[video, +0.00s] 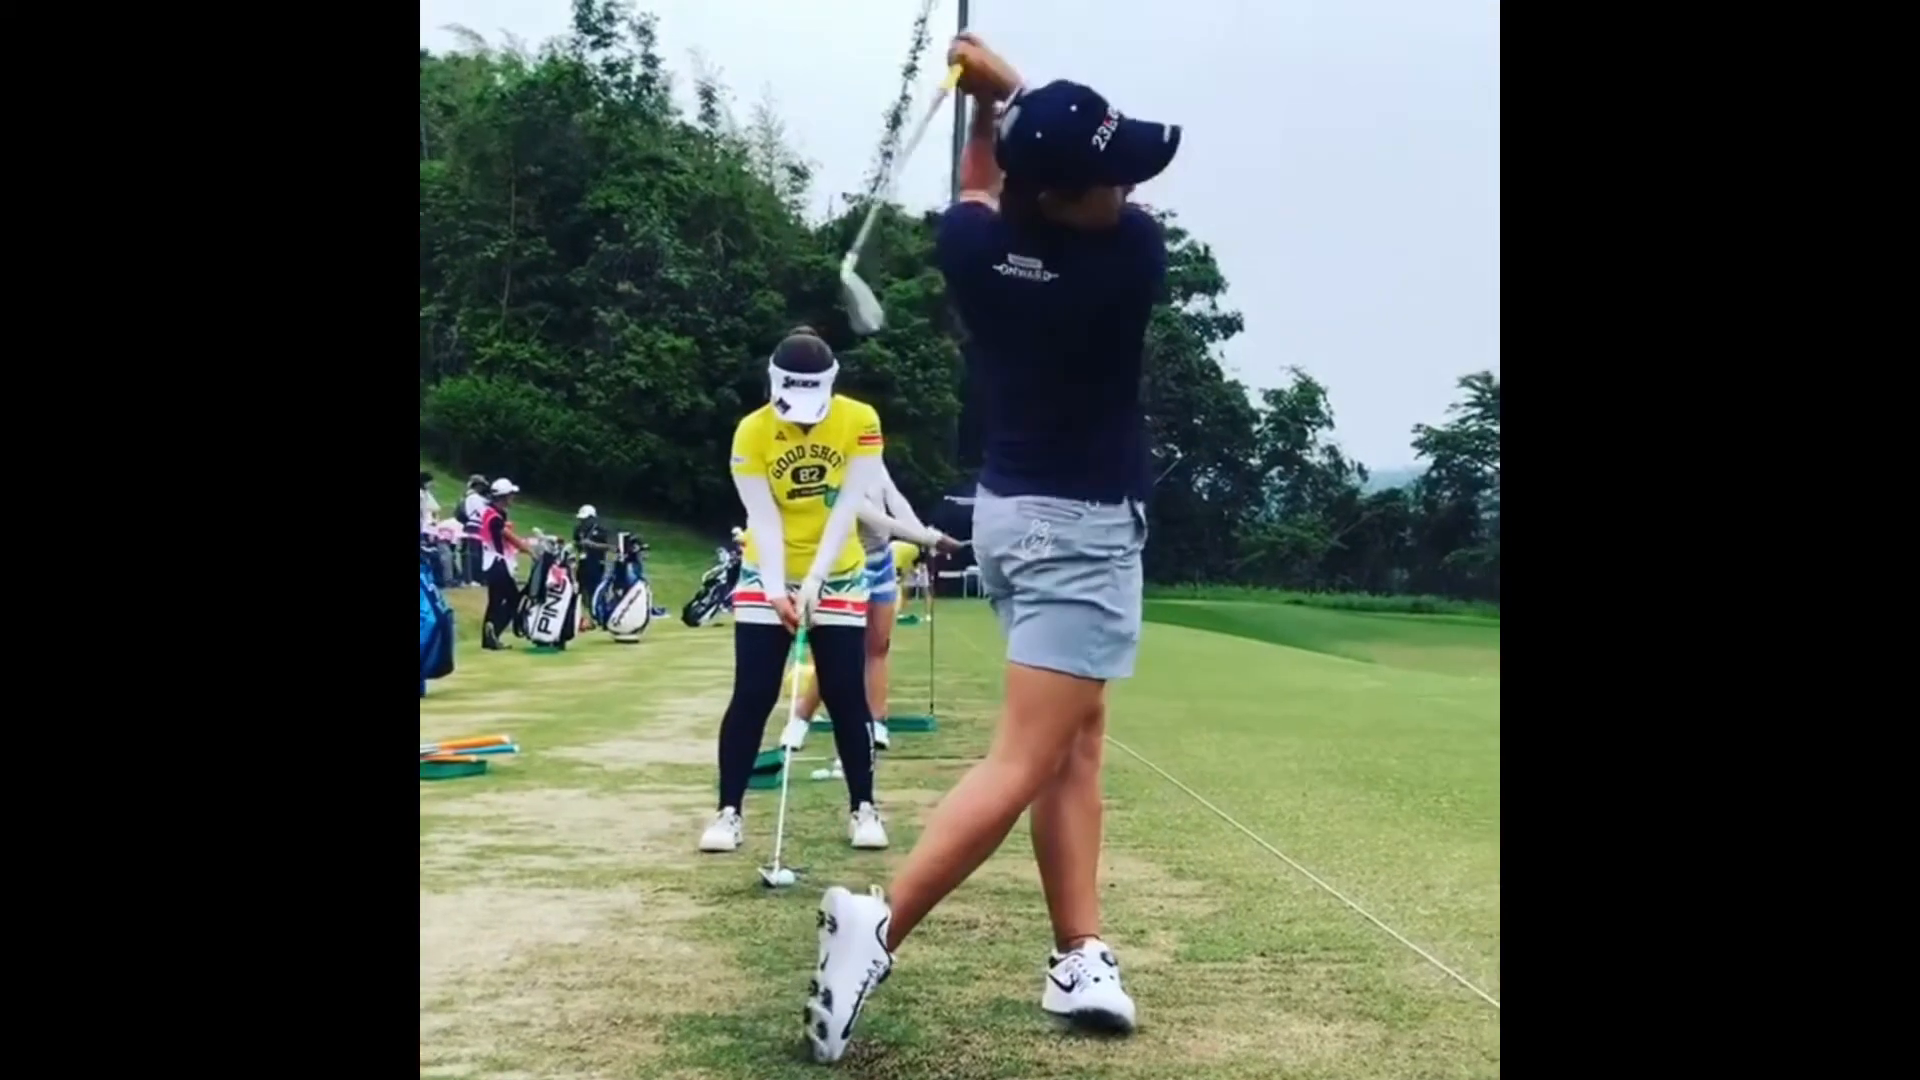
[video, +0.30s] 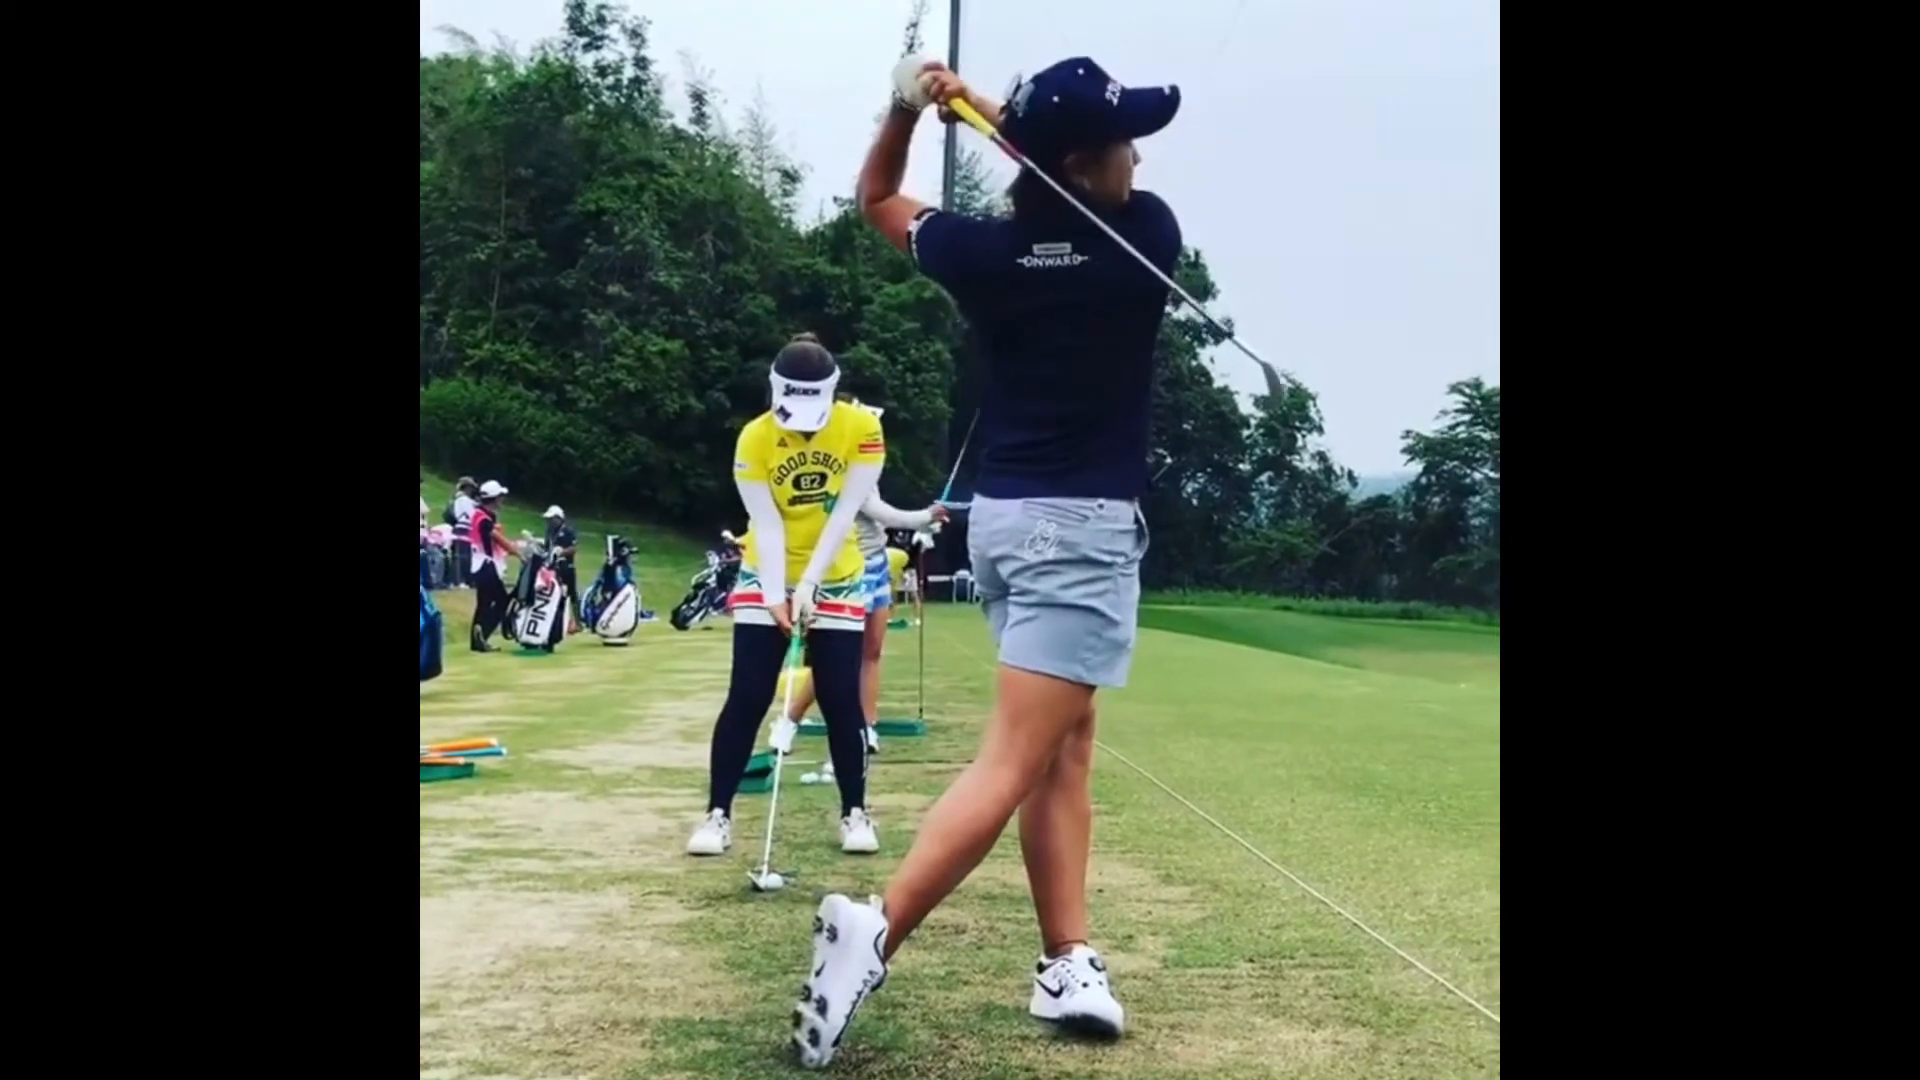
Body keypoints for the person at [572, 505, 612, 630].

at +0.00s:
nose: (582, 522)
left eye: (585, 519)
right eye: (581, 519)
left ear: (592, 517)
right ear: (580, 518)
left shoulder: (600, 530)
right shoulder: (579, 530)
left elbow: (605, 547)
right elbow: (577, 545)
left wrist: (590, 545)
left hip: (595, 563)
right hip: (582, 563)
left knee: (593, 591)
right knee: (584, 591)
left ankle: (594, 618)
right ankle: (586, 618)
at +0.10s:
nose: (571, 520)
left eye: (574, 517)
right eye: (570, 517)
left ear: (581, 516)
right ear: (570, 517)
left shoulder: (589, 528)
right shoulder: (570, 528)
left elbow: (595, 545)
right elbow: (567, 542)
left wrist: (578, 543)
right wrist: (562, 546)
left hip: (586, 563)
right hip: (572, 562)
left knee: (586, 592)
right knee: (569, 591)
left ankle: (588, 619)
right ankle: (569, 619)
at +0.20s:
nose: (561, 520)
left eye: (564, 517)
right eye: (560, 517)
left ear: (571, 516)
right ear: (560, 517)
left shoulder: (579, 530)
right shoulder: (560, 530)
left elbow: (585, 546)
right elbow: (557, 543)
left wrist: (568, 547)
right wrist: (551, 545)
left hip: (577, 564)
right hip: (563, 563)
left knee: (579, 594)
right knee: (562, 593)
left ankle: (582, 621)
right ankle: (562, 621)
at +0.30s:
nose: (550, 523)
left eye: (552, 519)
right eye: (548, 520)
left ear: (559, 519)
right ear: (548, 520)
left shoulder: (567, 531)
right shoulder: (549, 531)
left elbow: (573, 548)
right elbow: (547, 546)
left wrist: (562, 551)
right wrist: (535, 543)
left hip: (566, 566)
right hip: (552, 565)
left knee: (572, 594)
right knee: (553, 593)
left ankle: (577, 622)